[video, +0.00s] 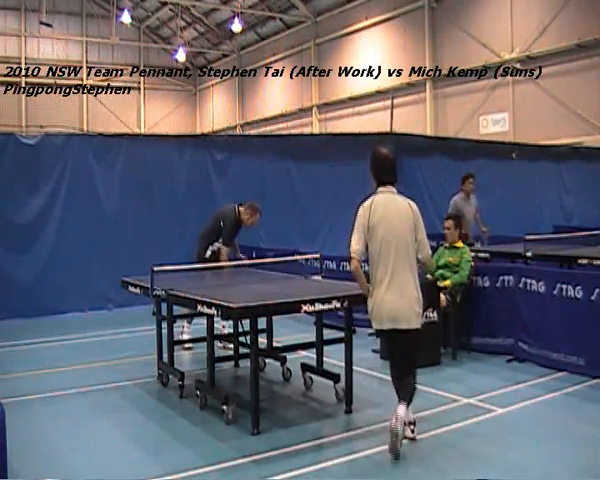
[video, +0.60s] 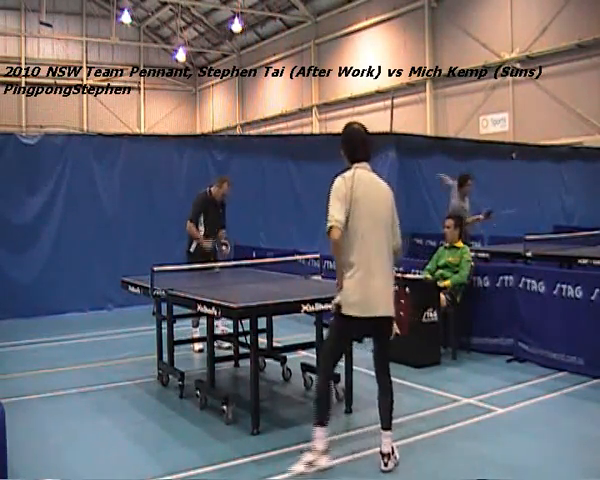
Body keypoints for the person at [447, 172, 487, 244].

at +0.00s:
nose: (472, 186)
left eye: (473, 184)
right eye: (469, 183)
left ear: (474, 186)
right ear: (463, 186)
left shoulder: (473, 198)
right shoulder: (455, 201)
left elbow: (476, 213)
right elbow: (450, 218)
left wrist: (481, 228)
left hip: (471, 234)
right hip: (459, 235)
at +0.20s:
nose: (468, 185)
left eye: (469, 183)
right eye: (465, 183)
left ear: (470, 185)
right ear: (459, 185)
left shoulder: (469, 198)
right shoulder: (452, 200)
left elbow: (471, 214)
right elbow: (446, 217)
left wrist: (473, 230)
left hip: (467, 234)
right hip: (455, 236)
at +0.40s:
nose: (467, 189)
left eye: (468, 187)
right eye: (465, 187)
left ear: (469, 189)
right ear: (459, 189)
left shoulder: (469, 201)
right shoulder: (451, 204)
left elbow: (470, 217)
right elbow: (445, 220)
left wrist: (474, 232)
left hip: (466, 235)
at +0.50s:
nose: (468, 187)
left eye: (469, 185)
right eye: (466, 184)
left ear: (470, 186)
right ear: (459, 187)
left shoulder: (467, 198)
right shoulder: (454, 202)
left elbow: (470, 212)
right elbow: (451, 220)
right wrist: (462, 226)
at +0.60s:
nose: (469, 189)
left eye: (470, 186)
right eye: (468, 186)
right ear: (462, 186)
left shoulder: (455, 185)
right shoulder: (457, 205)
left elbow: (450, 182)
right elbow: (461, 223)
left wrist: (445, 179)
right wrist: (479, 218)